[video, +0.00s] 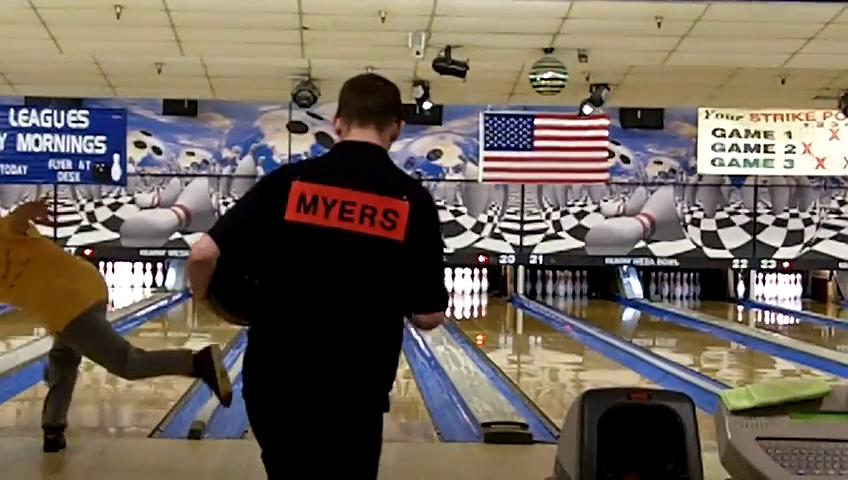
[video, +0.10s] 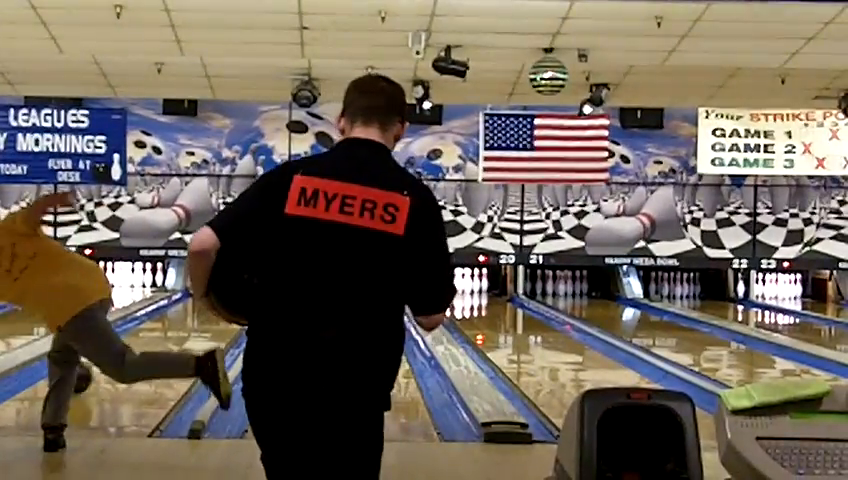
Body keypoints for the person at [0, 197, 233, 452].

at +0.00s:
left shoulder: (5, 234)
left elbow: (13, 224)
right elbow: (16, 223)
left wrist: (22, 213)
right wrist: (22, 212)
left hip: (70, 303)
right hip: (85, 289)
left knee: (128, 363)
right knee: (63, 362)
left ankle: (200, 363)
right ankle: (53, 430)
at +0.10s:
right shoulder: (11, 226)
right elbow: (37, 206)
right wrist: (62, 199)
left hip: (69, 305)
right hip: (95, 287)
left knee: (124, 367)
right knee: (62, 357)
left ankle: (202, 365)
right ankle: (53, 433)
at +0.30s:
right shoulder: (20, 221)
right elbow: (75, 206)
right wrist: (120, 191)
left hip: (68, 303)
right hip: (93, 284)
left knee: (111, 373)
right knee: (55, 359)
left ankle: (190, 402)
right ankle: (51, 430)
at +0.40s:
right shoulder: (24, 218)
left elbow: (2, 327)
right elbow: (84, 212)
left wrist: (7, 370)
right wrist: (131, 205)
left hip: (68, 302)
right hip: (94, 286)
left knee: (105, 374)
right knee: (54, 359)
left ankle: (180, 407)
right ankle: (51, 430)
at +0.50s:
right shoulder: (29, 216)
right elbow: (89, 214)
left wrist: (5, 336)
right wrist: (136, 215)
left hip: (65, 300)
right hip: (94, 286)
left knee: (101, 375)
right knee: (54, 360)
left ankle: (175, 407)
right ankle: (51, 431)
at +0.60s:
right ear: (4, 201)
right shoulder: (34, 213)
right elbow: (89, 215)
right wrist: (138, 219)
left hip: (64, 298)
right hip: (92, 286)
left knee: (98, 374)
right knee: (54, 361)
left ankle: (169, 408)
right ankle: (51, 430)